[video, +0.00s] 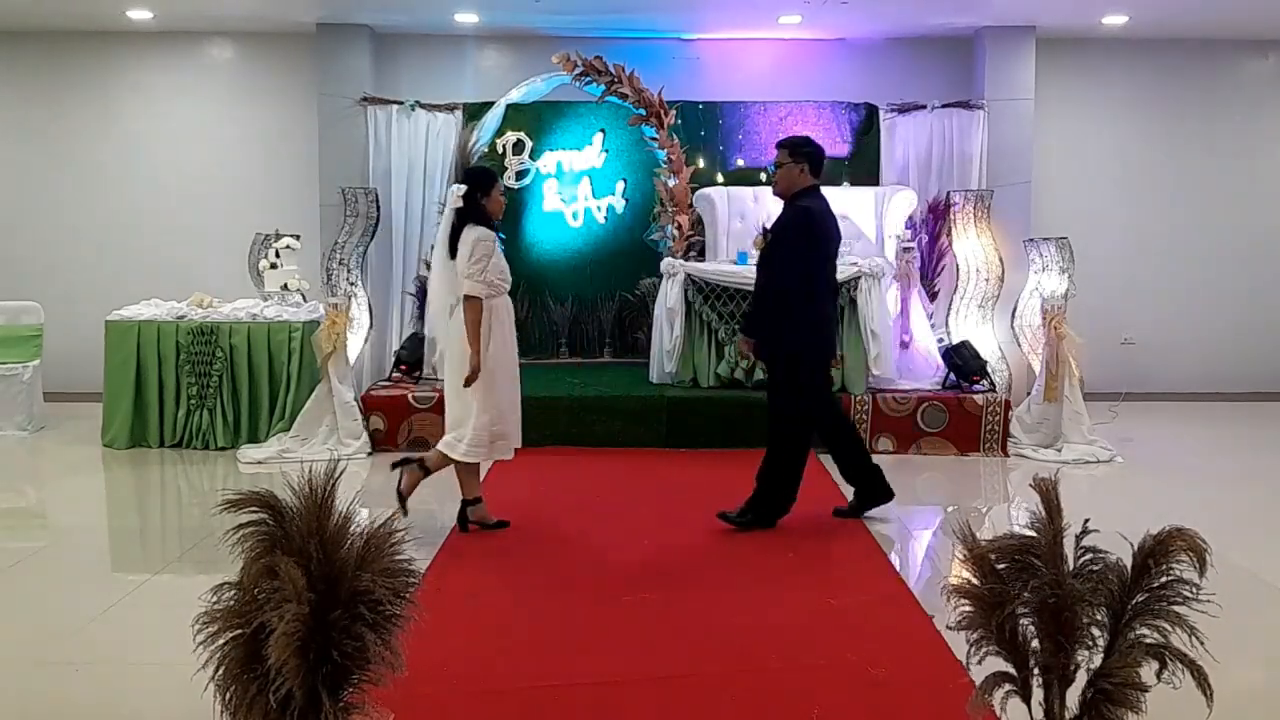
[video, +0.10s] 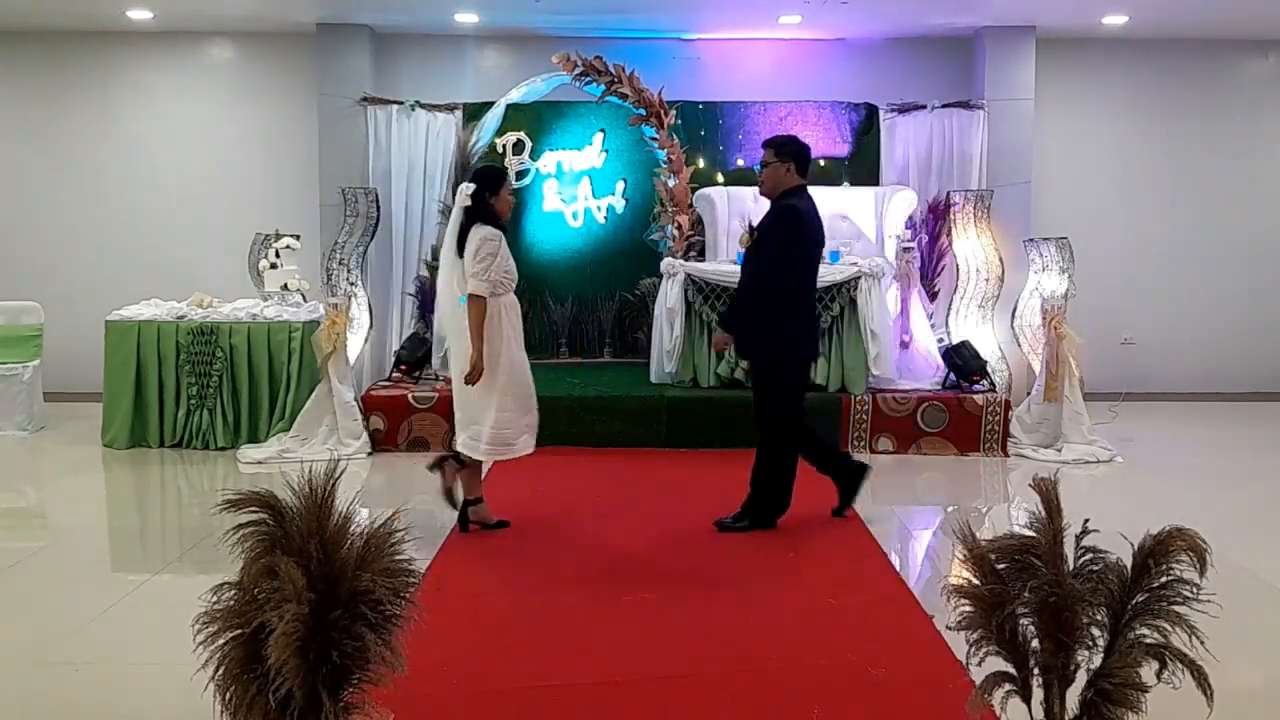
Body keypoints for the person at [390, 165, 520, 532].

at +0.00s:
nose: (504, 201)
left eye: (502, 194)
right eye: (499, 195)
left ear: (474, 198)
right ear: (483, 198)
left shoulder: (462, 232)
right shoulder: (482, 236)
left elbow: (460, 296)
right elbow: (472, 297)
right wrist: (475, 352)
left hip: (467, 340)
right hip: (481, 341)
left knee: (468, 423)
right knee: (482, 423)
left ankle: (473, 506)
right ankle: (419, 470)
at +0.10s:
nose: (512, 200)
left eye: (511, 193)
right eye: (507, 194)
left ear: (484, 198)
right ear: (491, 198)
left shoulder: (477, 233)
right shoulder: (487, 235)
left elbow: (474, 296)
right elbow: (476, 295)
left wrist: (478, 350)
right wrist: (476, 350)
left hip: (484, 343)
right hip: (493, 343)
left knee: (480, 416)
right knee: (516, 416)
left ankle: (475, 504)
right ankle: (455, 464)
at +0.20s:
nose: (520, 199)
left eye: (519, 192)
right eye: (515, 193)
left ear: (489, 198)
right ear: (500, 197)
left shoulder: (481, 236)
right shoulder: (495, 237)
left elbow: (503, 295)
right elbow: (483, 295)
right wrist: (483, 350)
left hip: (481, 344)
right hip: (502, 344)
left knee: (475, 423)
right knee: (533, 414)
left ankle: (473, 506)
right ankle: (504, 488)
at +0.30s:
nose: (530, 200)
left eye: (528, 192)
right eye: (524, 193)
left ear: (504, 199)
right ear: (507, 199)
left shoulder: (499, 235)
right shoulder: (503, 237)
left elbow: (535, 273)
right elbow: (487, 290)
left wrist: (570, 297)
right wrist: (486, 347)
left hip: (489, 346)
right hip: (511, 344)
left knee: (477, 418)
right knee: (545, 411)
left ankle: (473, 504)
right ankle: (551, 497)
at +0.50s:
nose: (546, 204)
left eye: (544, 197)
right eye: (540, 198)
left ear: (529, 203)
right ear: (521, 204)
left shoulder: (541, 241)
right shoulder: (510, 245)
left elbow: (571, 254)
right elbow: (485, 297)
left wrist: (597, 272)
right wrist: (479, 351)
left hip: (535, 344)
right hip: (525, 345)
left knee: (503, 419)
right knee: (553, 417)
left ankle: (480, 497)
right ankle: (561, 499)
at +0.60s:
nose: (550, 203)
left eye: (552, 197)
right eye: (541, 197)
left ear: (553, 200)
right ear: (522, 202)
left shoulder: (556, 238)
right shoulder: (516, 244)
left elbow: (583, 258)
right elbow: (491, 298)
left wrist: (600, 269)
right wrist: (480, 349)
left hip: (558, 335)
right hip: (538, 337)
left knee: (546, 413)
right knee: (555, 415)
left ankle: (502, 475)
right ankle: (562, 499)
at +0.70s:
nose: (550, 204)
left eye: (555, 197)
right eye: (542, 198)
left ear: (562, 201)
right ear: (529, 204)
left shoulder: (574, 244)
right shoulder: (520, 245)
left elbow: (601, 279)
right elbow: (494, 298)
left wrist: (621, 284)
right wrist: (485, 351)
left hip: (571, 329)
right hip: (541, 332)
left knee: (578, 406)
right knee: (557, 410)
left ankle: (546, 475)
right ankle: (562, 495)